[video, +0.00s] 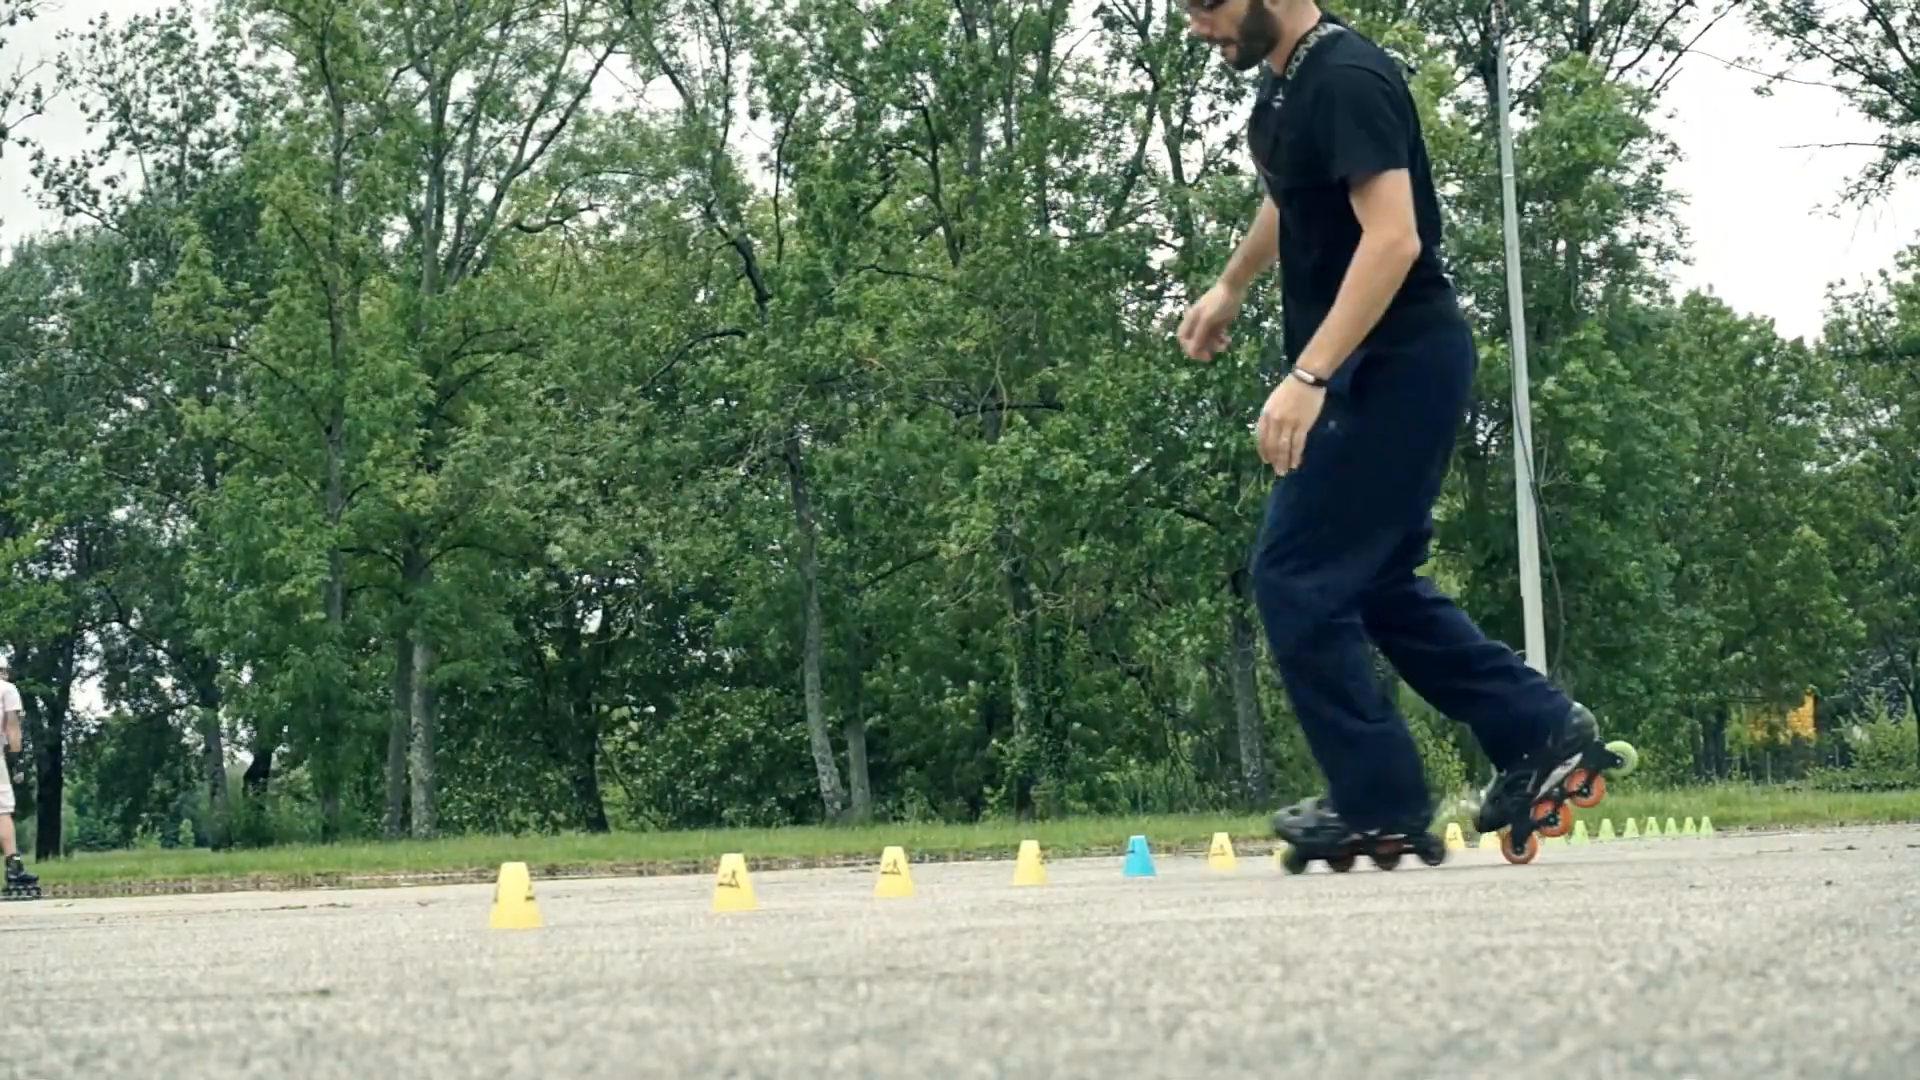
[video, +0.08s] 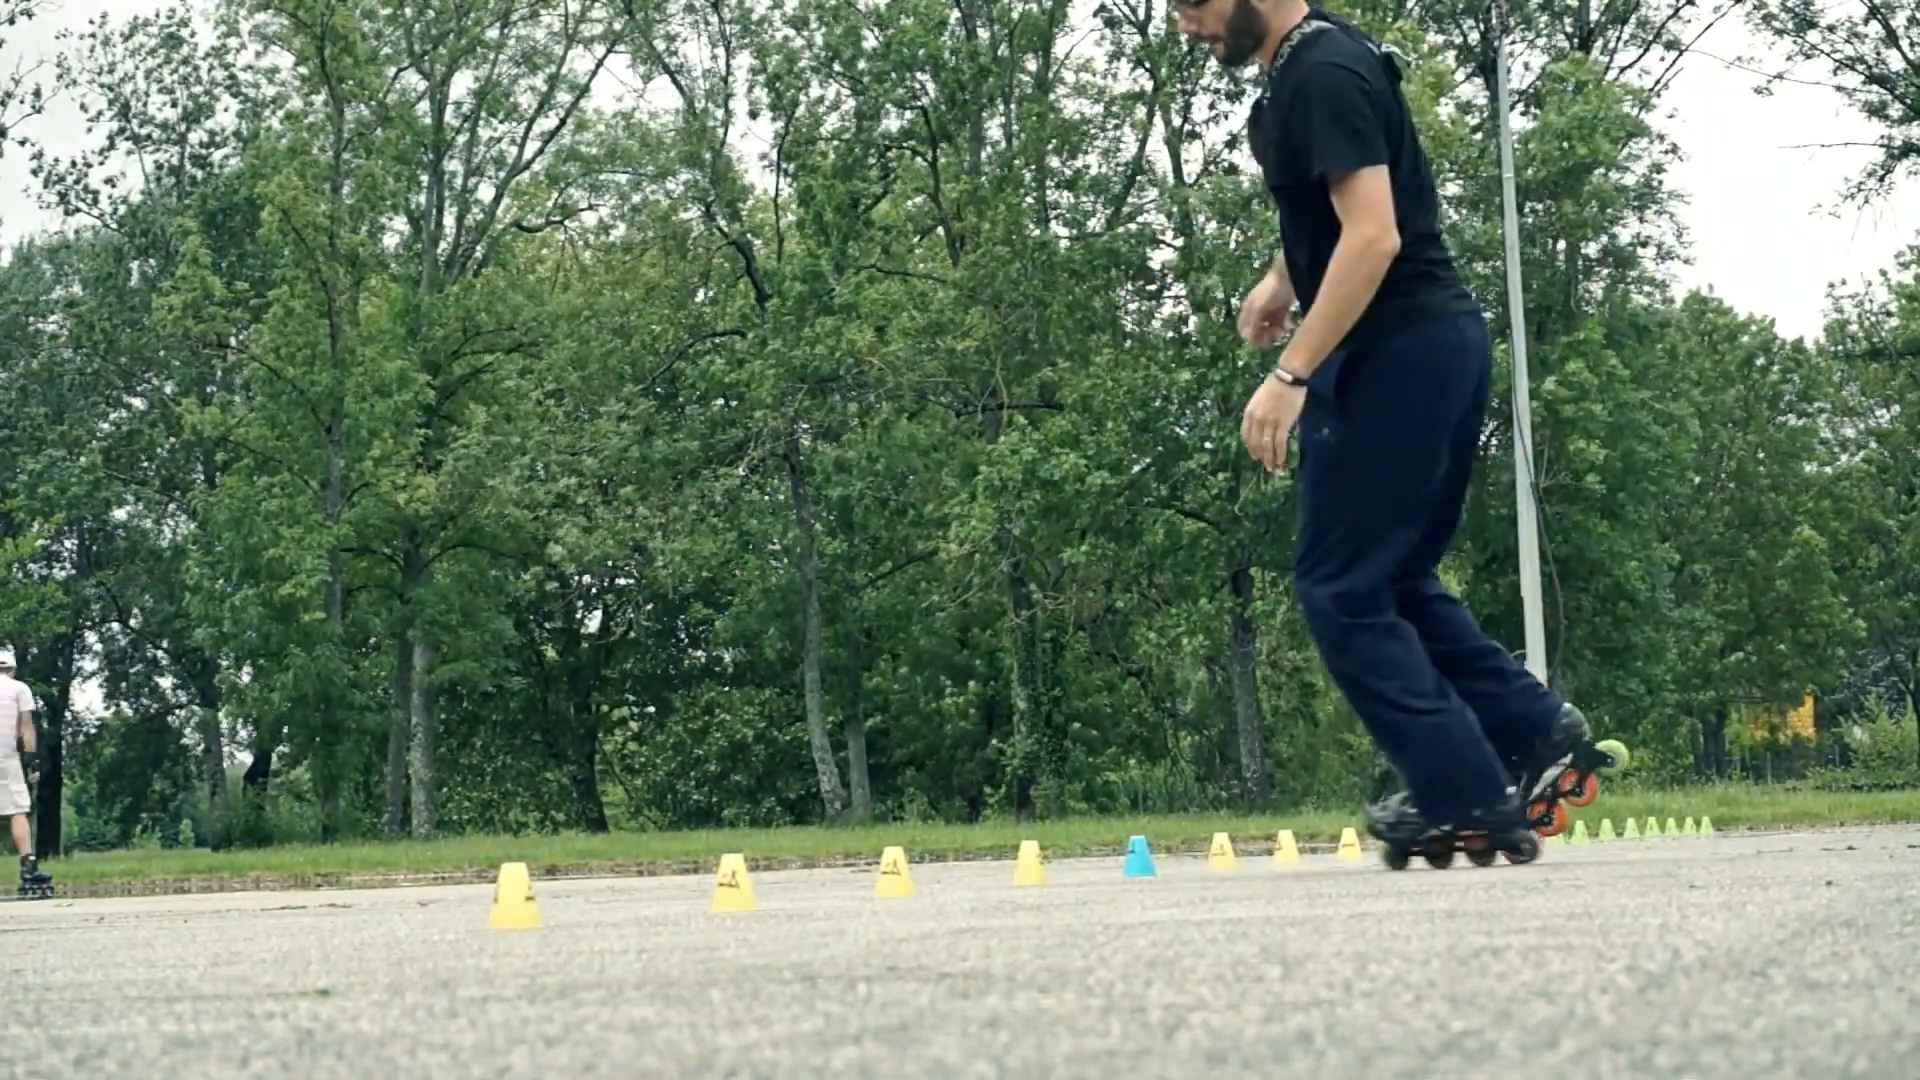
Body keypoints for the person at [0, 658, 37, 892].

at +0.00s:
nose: (5, 674)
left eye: (4, 671)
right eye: (4, 671)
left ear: (4, 672)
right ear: (4, 672)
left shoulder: (8, 690)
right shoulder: (8, 690)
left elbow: (12, 725)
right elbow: (12, 725)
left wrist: (16, 758)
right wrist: (16, 758)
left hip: (5, 757)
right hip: (2, 757)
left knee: (5, 810)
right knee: (5, 810)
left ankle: (13, 862)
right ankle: (13, 862)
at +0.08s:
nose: (11, 674)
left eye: (9, 670)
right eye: (11, 670)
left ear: (3, 669)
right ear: (11, 669)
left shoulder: (18, 690)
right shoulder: (18, 689)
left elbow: (26, 726)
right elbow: (27, 726)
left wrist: (32, 758)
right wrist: (32, 758)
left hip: (9, 758)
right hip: (6, 758)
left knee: (18, 811)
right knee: (18, 811)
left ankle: (28, 863)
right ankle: (28, 864)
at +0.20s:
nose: (17, 672)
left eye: (11, 668)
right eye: (22, 668)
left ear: (4, 668)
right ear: (25, 668)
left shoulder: (3, 687)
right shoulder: (35, 688)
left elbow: (45, 727)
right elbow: (45, 727)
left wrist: (53, 759)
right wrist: (54, 758)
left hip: (7, 754)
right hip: (21, 755)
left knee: (37, 812)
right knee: (37, 811)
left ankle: (50, 863)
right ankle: (50, 863)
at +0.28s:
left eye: (13, 668)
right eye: (28, 667)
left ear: (11, 669)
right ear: (32, 668)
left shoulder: (3, 689)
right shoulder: (45, 689)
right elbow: (55, 724)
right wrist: (63, 754)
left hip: (4, 756)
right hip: (33, 757)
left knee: (2, 813)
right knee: (48, 812)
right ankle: (63, 864)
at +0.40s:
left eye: (21, 668)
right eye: (36, 667)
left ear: (20, 669)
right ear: (40, 668)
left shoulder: (8, 694)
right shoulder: (55, 689)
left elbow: (3, 728)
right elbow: (67, 725)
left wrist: (8, 750)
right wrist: (72, 753)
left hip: (14, 757)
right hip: (47, 758)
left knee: (10, 814)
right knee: (58, 813)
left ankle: (1, 867)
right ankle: (73, 864)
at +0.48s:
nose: (18, 672)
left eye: (20, 668)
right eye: (19, 668)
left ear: (26, 668)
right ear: (42, 667)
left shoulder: (14, 693)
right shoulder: (62, 688)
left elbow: (10, 728)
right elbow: (73, 726)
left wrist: (17, 751)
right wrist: (78, 756)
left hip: (21, 757)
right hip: (53, 758)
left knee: (16, 814)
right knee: (63, 814)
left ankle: (5, 870)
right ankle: (80, 870)